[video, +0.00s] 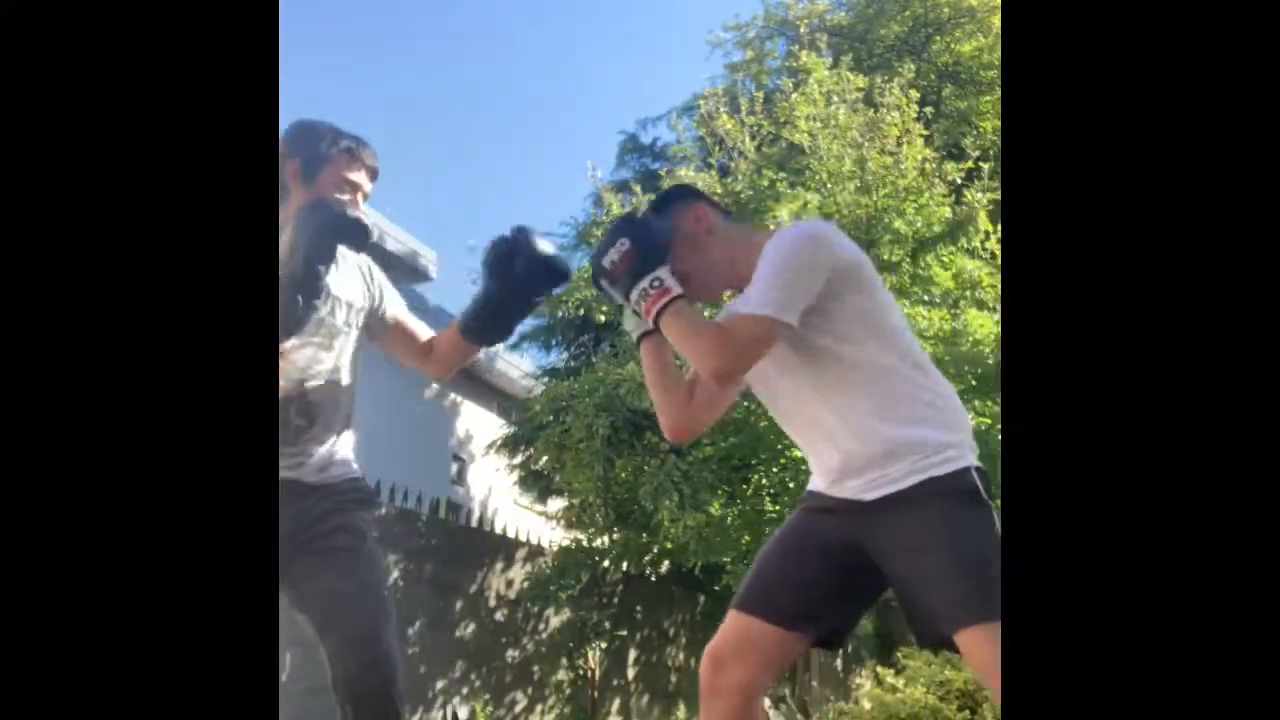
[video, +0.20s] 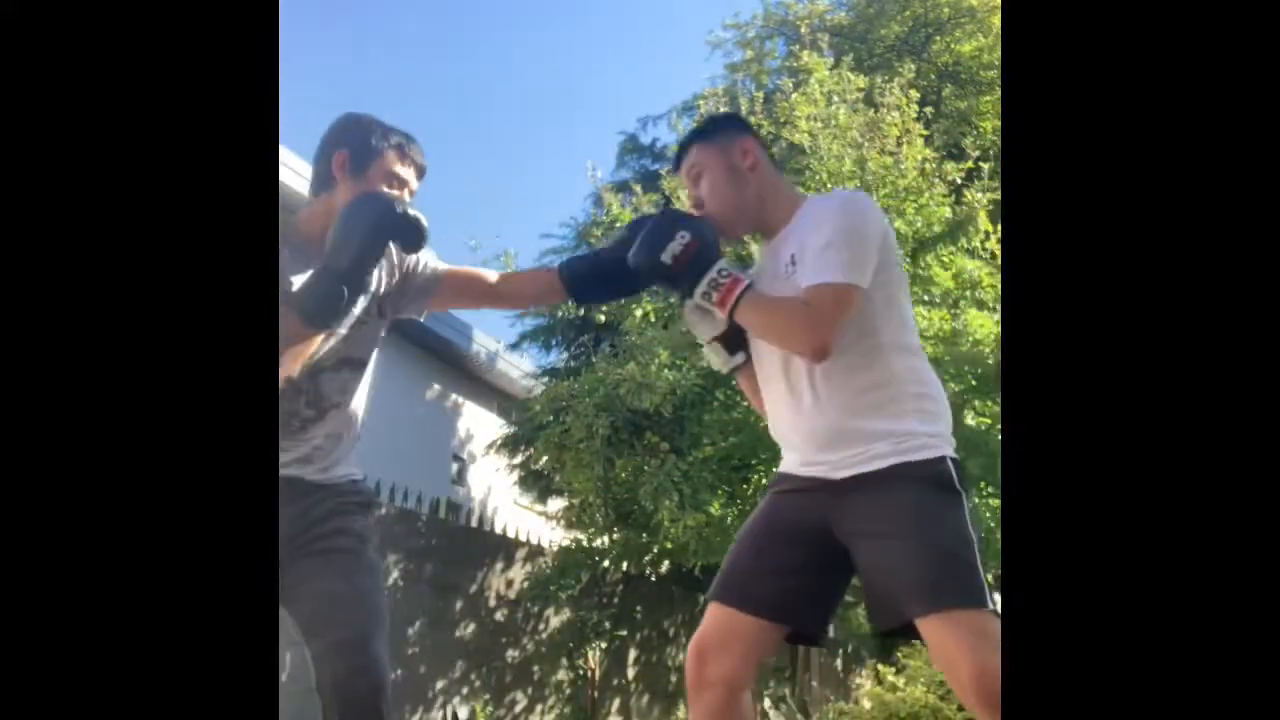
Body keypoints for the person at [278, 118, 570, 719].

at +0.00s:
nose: (359, 207)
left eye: (366, 196)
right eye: (348, 188)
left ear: (368, 201)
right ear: (293, 173)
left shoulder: (357, 270)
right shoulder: (284, 256)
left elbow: (436, 360)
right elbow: (284, 345)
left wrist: (498, 303)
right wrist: (299, 271)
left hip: (321, 488)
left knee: (372, 670)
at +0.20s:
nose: (405, 204)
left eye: (411, 192)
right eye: (394, 183)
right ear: (340, 165)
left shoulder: (384, 268)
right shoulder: (287, 249)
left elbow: (499, 288)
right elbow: (285, 362)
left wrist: (615, 264)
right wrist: (335, 282)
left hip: (322, 497)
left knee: (361, 681)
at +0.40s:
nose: (407, 175)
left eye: (413, 162)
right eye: (396, 151)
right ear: (339, 130)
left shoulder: (391, 241)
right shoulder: (282, 215)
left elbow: (500, 305)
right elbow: (285, 329)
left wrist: (607, 266)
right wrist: (329, 248)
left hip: (326, 478)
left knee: (364, 675)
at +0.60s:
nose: (347, 128)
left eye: (355, 117)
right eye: (335, 107)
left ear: (353, 123)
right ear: (286, 98)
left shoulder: (338, 215)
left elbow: (361, 344)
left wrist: (433, 293)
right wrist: (295, 173)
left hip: (311, 462)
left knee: (350, 690)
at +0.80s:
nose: (307, 116)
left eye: (313, 98)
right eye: (302, 93)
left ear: (308, 109)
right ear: (277, 95)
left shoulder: (291, 197)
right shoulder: (286, 197)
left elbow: (332, 315)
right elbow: (332, 314)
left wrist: (381, 205)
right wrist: (385, 206)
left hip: (281, 446)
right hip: (282, 448)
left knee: (337, 664)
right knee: (336, 665)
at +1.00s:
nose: (329, 95)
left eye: (332, 80)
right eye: (320, 71)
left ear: (327, 75)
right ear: (289, 52)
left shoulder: (299, 179)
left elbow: (393, 278)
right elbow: (316, 215)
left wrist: (414, 159)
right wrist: (368, 101)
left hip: (285, 438)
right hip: (282, 436)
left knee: (311, 657)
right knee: (305, 660)